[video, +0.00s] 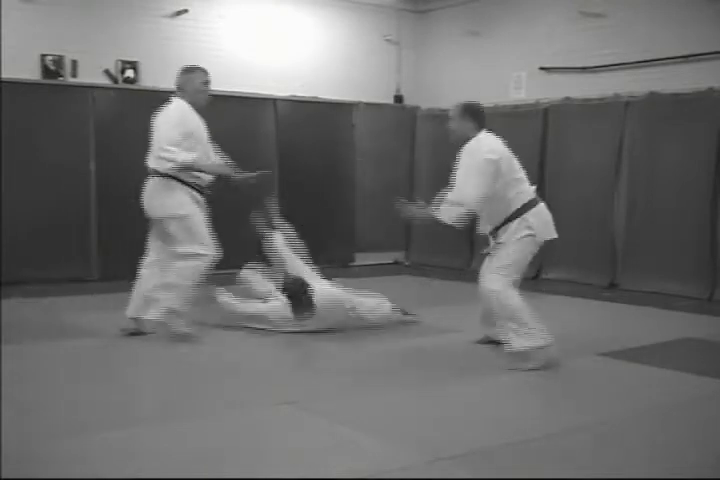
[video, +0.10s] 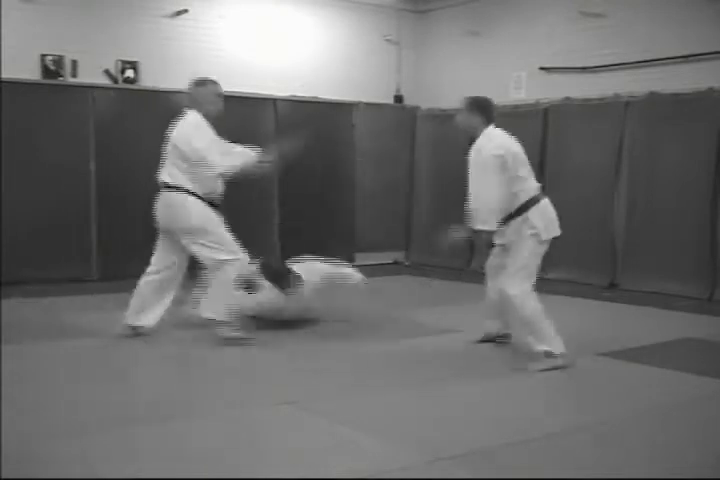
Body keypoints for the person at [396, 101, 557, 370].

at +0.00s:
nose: (449, 126)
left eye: (453, 120)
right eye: (450, 120)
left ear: (469, 122)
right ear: (469, 123)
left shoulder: (481, 149)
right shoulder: (475, 148)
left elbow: (467, 203)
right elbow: (459, 192)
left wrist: (429, 212)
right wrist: (431, 206)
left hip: (524, 225)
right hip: (509, 228)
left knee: (496, 282)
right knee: (489, 278)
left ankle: (535, 343)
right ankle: (498, 332)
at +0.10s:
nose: (457, 120)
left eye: (462, 114)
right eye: (459, 114)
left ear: (477, 117)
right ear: (481, 117)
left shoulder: (487, 148)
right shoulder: (496, 140)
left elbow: (487, 198)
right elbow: (485, 193)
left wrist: (480, 242)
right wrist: (474, 227)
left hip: (531, 223)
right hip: (515, 224)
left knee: (514, 285)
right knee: (495, 273)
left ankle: (552, 350)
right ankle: (500, 327)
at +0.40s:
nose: (483, 125)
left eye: (488, 119)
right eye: (484, 119)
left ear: (503, 122)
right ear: (500, 123)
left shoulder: (522, 154)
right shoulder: (496, 155)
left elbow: (530, 207)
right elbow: (490, 196)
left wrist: (505, 231)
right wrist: (483, 217)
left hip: (554, 226)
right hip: (532, 228)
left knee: (533, 282)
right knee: (515, 270)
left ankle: (554, 352)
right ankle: (541, 326)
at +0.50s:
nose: (491, 130)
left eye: (496, 125)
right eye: (492, 125)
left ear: (511, 129)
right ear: (509, 130)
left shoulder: (528, 161)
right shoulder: (507, 157)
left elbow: (514, 205)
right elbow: (484, 174)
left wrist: (473, 209)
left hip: (555, 235)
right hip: (539, 235)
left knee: (522, 287)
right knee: (532, 289)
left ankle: (553, 353)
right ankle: (556, 335)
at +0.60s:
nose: (498, 123)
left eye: (504, 118)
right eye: (499, 118)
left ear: (518, 125)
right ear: (527, 126)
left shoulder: (521, 157)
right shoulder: (541, 146)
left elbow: (475, 167)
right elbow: (503, 154)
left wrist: (441, 143)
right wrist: (487, 136)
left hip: (544, 234)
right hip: (561, 228)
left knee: (501, 287)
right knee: (534, 289)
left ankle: (534, 344)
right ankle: (555, 333)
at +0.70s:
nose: (501, 116)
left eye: (504, 112)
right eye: (503, 111)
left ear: (516, 115)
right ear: (532, 115)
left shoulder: (500, 143)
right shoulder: (549, 133)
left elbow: (459, 131)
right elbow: (557, 119)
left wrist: (432, 109)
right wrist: (538, 106)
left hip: (530, 226)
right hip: (563, 220)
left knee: (498, 285)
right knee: (550, 280)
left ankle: (512, 343)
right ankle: (554, 324)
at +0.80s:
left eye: (515, 99)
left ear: (513, 101)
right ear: (541, 104)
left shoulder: (496, 125)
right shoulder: (555, 127)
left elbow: (459, 115)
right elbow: (594, 122)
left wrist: (448, 102)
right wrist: (565, 114)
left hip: (511, 217)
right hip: (549, 215)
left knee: (507, 286)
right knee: (565, 270)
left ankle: (509, 350)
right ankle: (580, 316)